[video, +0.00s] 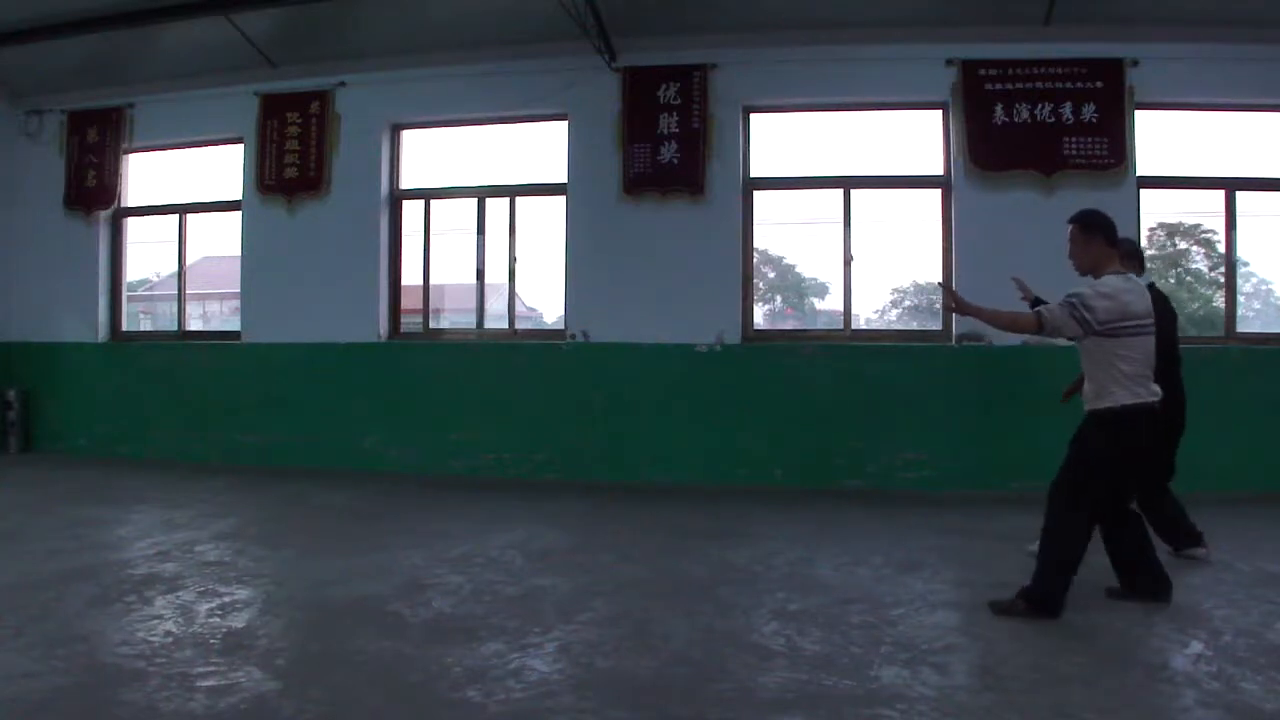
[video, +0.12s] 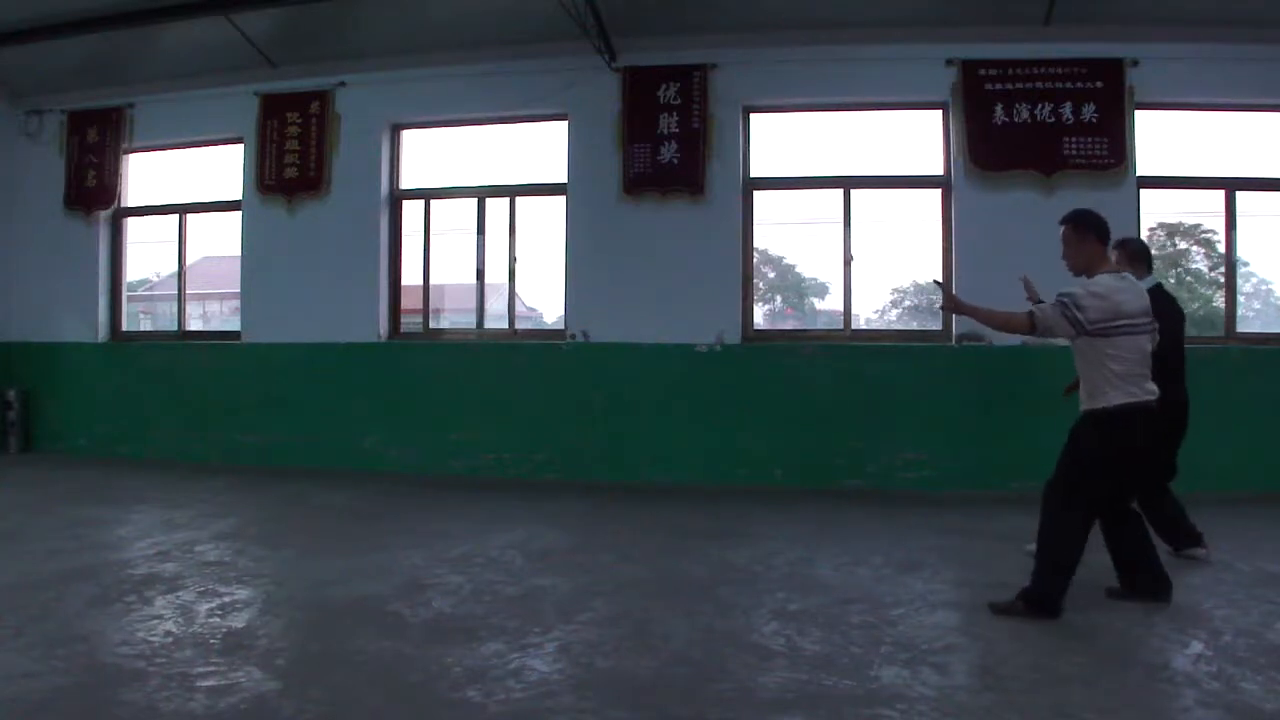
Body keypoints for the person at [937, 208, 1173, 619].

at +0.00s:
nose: (1069, 252)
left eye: (1074, 243)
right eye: (1069, 244)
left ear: (1097, 243)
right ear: (1106, 245)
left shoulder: (1096, 297)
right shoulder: (1139, 292)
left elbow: (1034, 323)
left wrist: (966, 308)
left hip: (1111, 419)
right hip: (1144, 413)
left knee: (1067, 500)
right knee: (1111, 500)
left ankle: (1044, 598)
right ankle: (1146, 583)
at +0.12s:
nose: (1062, 253)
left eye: (1067, 243)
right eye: (1062, 244)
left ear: (1089, 243)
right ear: (1102, 245)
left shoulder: (1086, 298)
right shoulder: (1136, 292)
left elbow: (1024, 323)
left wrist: (961, 307)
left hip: (1105, 420)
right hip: (1144, 413)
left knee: (1063, 501)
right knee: (1113, 500)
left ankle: (1043, 598)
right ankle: (1147, 582)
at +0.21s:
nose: (1053, 255)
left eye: (1057, 245)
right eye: (1052, 246)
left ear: (1079, 244)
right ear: (1093, 245)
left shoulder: (1073, 300)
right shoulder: (1132, 292)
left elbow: (1014, 323)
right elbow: (1149, 340)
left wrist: (957, 305)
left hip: (1098, 420)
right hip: (1140, 413)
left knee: (1057, 502)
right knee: (1113, 500)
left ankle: (1041, 598)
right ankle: (1147, 582)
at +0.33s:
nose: (1048, 261)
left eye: (1051, 252)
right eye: (1047, 253)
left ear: (1073, 251)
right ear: (1086, 252)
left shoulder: (1064, 306)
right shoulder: (1129, 298)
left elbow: (1008, 326)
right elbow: (1148, 346)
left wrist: (951, 308)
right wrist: (1086, 380)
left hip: (1097, 426)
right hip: (1140, 417)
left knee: (1048, 502)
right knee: (1104, 497)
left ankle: (1040, 599)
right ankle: (1154, 571)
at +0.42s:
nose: (1049, 266)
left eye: (1053, 257)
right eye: (1049, 258)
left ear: (1075, 255)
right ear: (1088, 257)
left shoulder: (1066, 310)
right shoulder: (1130, 301)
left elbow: (1010, 326)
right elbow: (1147, 352)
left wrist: (951, 310)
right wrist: (1084, 382)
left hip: (1099, 429)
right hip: (1142, 420)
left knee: (1048, 502)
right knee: (1105, 498)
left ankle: (1039, 599)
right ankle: (1157, 570)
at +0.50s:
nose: (1059, 269)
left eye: (1063, 259)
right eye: (1059, 260)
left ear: (1087, 260)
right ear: (1097, 261)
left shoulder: (1087, 310)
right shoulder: (1131, 302)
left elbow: (1020, 323)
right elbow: (1092, 337)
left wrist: (956, 313)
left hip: (1110, 431)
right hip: (1147, 423)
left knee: (1059, 505)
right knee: (1120, 504)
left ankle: (1039, 598)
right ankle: (1161, 576)